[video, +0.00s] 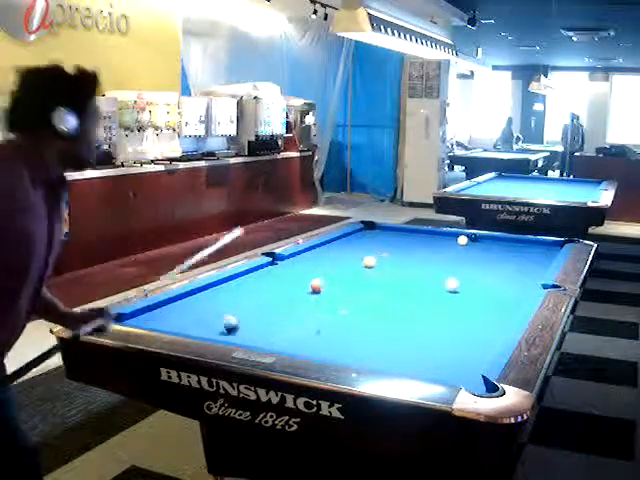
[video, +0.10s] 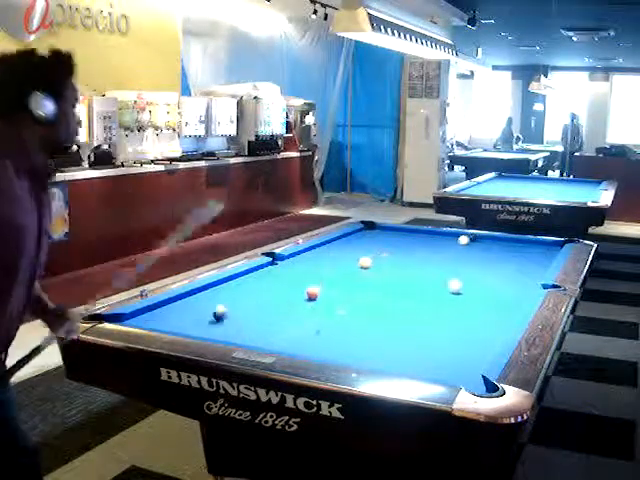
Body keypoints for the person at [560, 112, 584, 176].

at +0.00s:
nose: (572, 119)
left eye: (573, 118)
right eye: (571, 117)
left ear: (576, 118)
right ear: (569, 118)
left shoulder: (578, 127)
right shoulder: (566, 126)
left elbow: (580, 137)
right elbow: (563, 136)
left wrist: (578, 145)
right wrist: (564, 144)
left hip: (574, 147)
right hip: (567, 146)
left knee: (572, 160)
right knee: (564, 158)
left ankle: (570, 172)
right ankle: (562, 171)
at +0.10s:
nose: (572, 119)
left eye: (573, 117)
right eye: (571, 117)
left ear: (575, 118)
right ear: (569, 117)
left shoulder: (578, 126)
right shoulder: (566, 126)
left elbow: (580, 137)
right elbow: (563, 136)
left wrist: (580, 146)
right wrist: (564, 144)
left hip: (574, 147)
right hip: (566, 146)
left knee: (572, 160)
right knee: (564, 158)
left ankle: (570, 172)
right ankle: (562, 171)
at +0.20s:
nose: (572, 119)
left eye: (573, 117)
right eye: (571, 117)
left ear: (575, 118)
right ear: (569, 117)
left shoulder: (576, 126)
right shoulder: (566, 126)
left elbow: (578, 136)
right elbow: (563, 135)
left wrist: (577, 144)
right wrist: (563, 142)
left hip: (573, 145)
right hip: (566, 145)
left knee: (571, 159)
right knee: (564, 159)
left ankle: (570, 173)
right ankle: (562, 173)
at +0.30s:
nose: (571, 119)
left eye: (573, 118)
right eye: (570, 117)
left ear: (574, 118)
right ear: (568, 117)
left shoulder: (576, 127)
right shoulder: (565, 126)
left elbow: (578, 137)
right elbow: (563, 135)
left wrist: (577, 144)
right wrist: (563, 143)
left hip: (573, 146)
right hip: (566, 145)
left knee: (571, 159)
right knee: (564, 159)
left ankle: (570, 173)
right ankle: (562, 173)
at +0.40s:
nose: (571, 119)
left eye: (573, 118)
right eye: (570, 117)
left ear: (574, 118)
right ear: (568, 117)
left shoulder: (576, 127)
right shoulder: (565, 126)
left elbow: (578, 137)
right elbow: (563, 135)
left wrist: (577, 144)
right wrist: (563, 142)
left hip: (573, 146)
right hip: (566, 145)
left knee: (571, 159)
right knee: (564, 159)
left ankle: (570, 173)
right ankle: (562, 173)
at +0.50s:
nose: (570, 119)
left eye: (572, 117)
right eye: (569, 117)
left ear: (574, 118)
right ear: (567, 118)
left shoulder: (576, 126)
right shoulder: (565, 126)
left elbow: (578, 136)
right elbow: (563, 135)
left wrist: (577, 144)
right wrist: (563, 142)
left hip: (573, 145)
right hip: (566, 145)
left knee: (571, 159)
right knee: (564, 158)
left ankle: (570, 172)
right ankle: (562, 172)